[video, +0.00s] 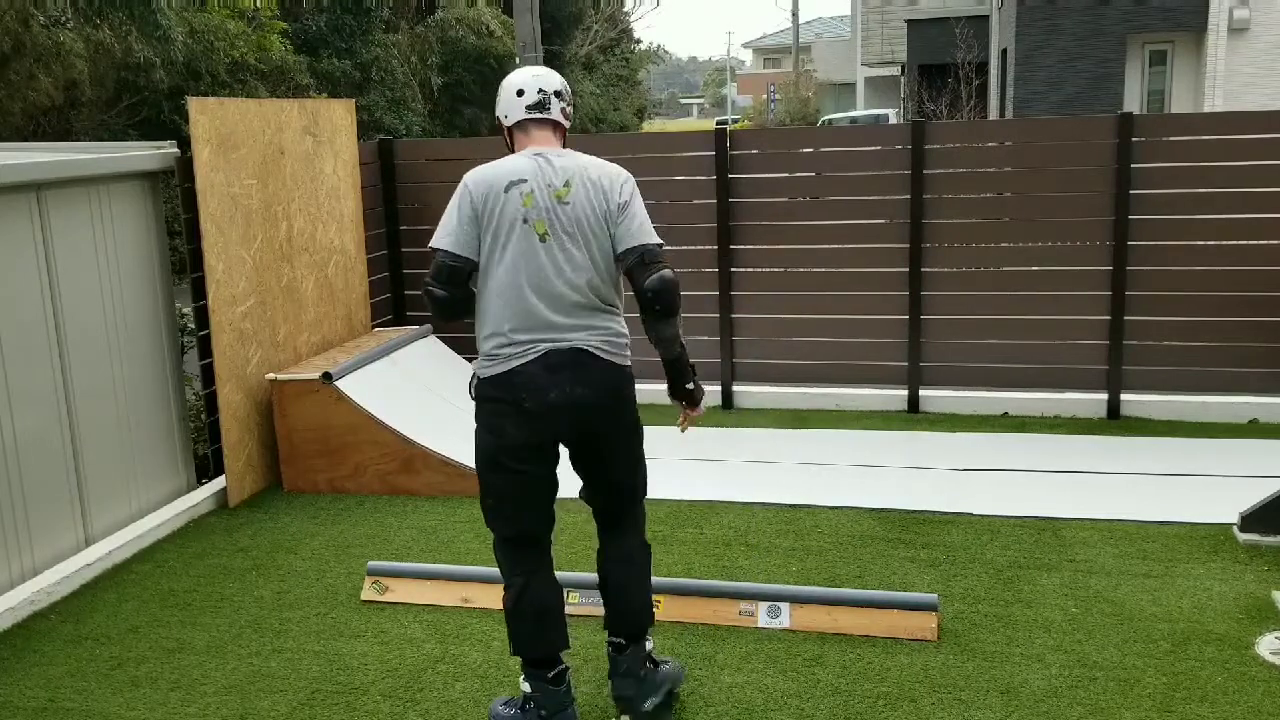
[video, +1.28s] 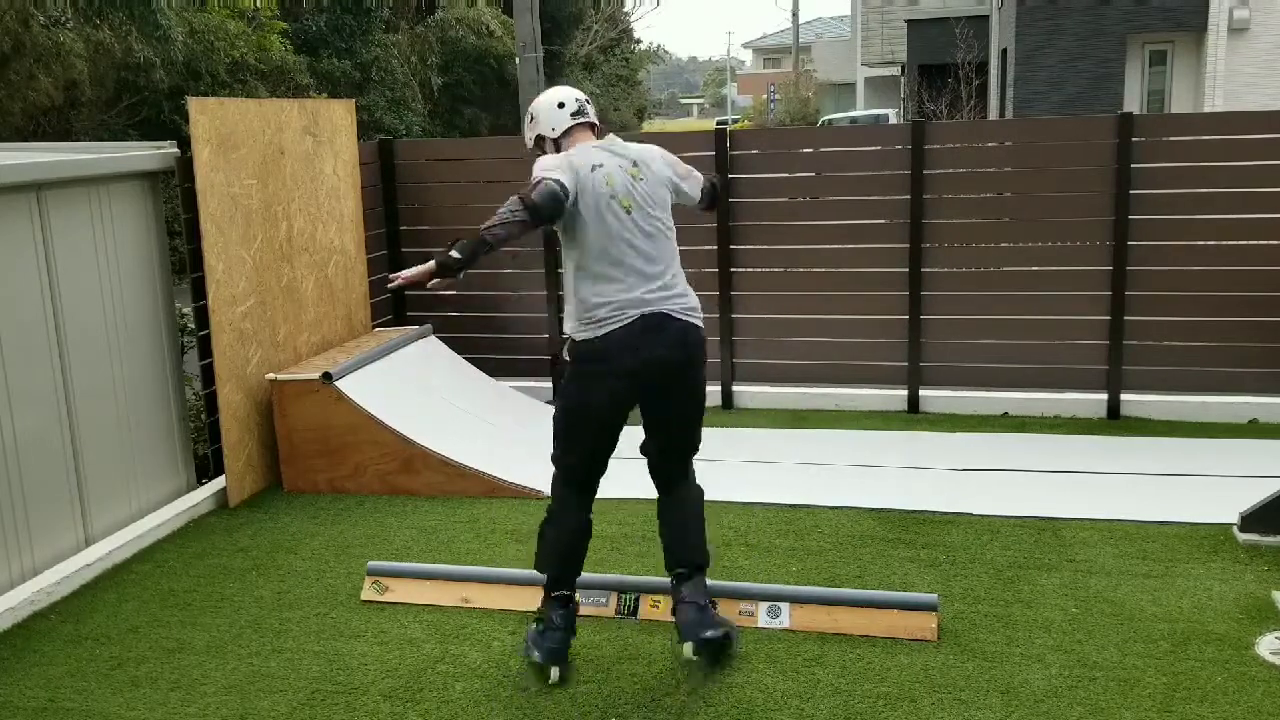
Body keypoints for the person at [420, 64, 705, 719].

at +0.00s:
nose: (511, 134)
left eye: (503, 125)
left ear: (504, 126)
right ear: (566, 121)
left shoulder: (478, 185)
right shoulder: (611, 180)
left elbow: (446, 292)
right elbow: (655, 286)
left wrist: (474, 344)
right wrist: (679, 367)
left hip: (508, 386)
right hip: (599, 379)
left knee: (522, 540)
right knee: (621, 517)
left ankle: (548, 691)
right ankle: (632, 670)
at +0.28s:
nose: (602, 128)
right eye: (603, 119)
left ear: (541, 123)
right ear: (601, 120)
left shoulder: (498, 186)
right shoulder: (624, 182)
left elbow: (466, 294)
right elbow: (652, 293)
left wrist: (522, 273)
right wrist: (679, 374)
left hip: (519, 383)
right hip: (609, 382)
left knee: (528, 528)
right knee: (632, 534)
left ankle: (536, 683)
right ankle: (620, 690)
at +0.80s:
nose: (655, 185)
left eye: (655, 178)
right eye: (655, 177)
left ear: (595, 173)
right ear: (646, 171)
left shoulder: (547, 212)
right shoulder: (638, 206)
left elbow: (510, 295)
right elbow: (630, 283)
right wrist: (666, 385)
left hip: (515, 379)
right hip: (595, 381)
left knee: (553, 496)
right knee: (667, 483)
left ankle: (532, 641)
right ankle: (673, 637)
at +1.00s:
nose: (663, 214)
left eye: (660, 209)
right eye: (662, 208)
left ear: (609, 208)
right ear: (657, 207)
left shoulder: (567, 243)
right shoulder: (658, 241)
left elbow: (519, 312)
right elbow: (698, 321)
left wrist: (546, 369)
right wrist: (736, 407)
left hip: (527, 394)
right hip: (608, 397)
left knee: (568, 496)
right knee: (679, 490)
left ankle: (536, 637)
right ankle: (693, 634)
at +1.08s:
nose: (662, 221)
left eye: (657, 213)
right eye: (660, 213)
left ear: (604, 219)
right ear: (654, 214)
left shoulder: (568, 252)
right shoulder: (667, 250)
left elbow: (501, 316)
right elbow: (727, 333)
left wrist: (473, 374)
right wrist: (755, 381)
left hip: (542, 403)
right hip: (624, 402)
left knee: (573, 499)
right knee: (690, 493)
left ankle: (538, 640)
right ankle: (693, 637)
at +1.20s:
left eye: (563, 177)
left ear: (568, 175)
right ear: (621, 165)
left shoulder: (554, 210)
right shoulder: (663, 206)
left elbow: (495, 261)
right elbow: (724, 261)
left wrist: (433, 318)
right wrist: (725, 262)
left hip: (579, 381)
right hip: (663, 377)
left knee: (573, 503)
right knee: (691, 493)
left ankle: (541, 636)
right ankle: (692, 630)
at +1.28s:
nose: (541, 152)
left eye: (538, 144)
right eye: (539, 146)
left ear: (548, 136)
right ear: (593, 121)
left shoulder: (560, 163)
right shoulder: (653, 158)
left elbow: (534, 206)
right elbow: (709, 195)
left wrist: (445, 263)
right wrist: (676, 171)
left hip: (604, 341)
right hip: (680, 333)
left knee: (575, 481)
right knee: (675, 471)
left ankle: (555, 623)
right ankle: (695, 605)